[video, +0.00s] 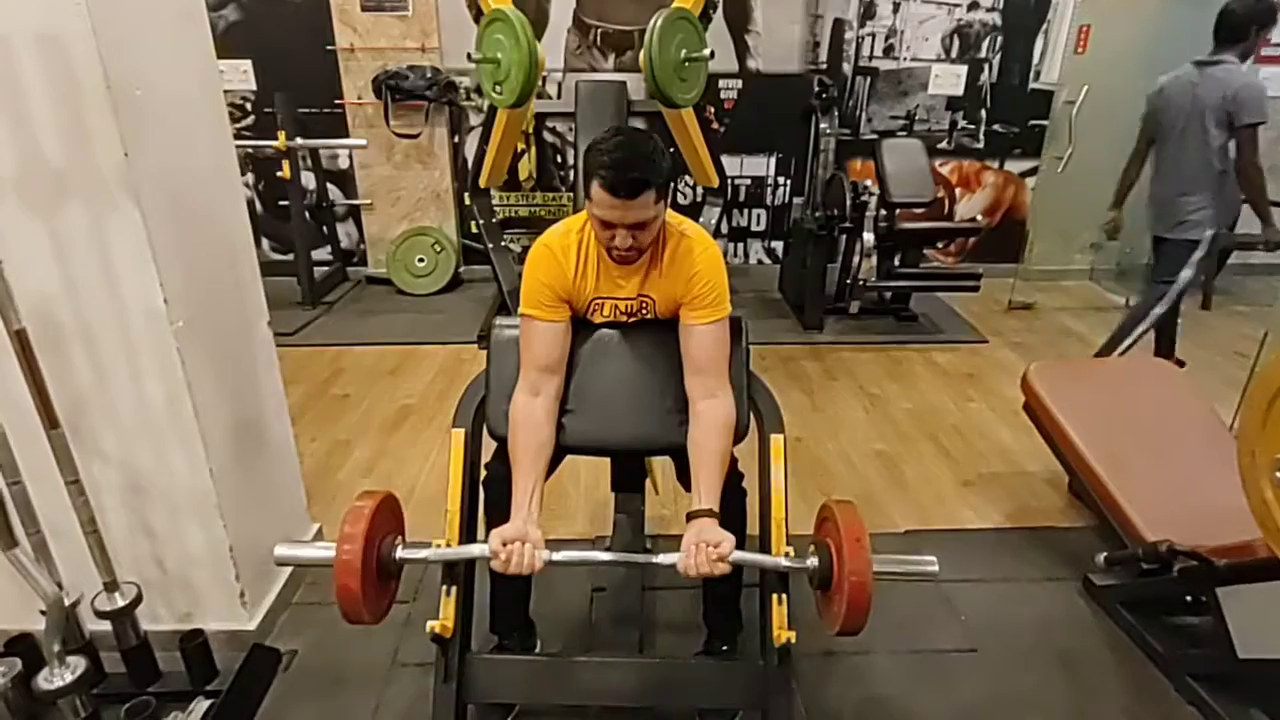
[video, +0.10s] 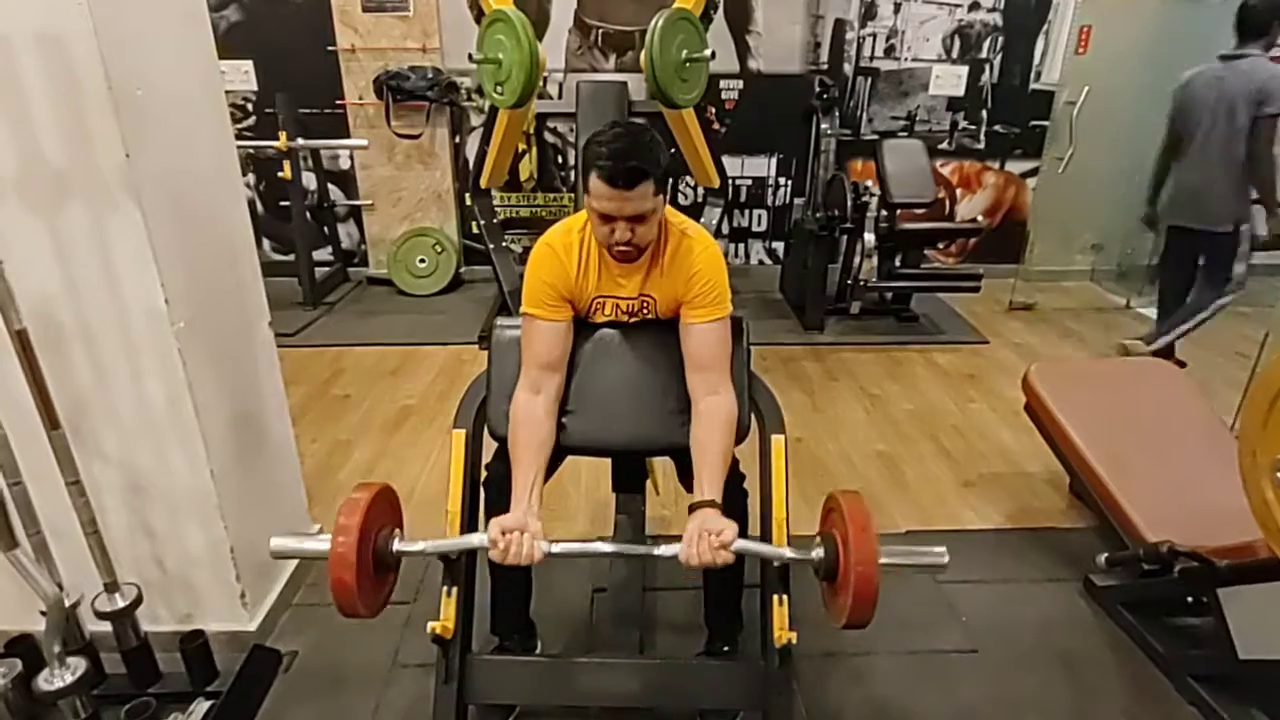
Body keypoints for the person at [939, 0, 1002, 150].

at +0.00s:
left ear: (968, 9)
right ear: (982, 9)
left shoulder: (963, 21)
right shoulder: (992, 21)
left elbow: (945, 36)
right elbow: (1001, 37)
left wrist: (948, 56)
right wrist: (991, 56)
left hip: (963, 63)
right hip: (982, 64)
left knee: (956, 104)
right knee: (982, 104)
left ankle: (950, 140)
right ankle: (980, 138)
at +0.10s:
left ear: (969, 10)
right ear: (982, 10)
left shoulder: (964, 21)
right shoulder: (992, 22)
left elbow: (946, 36)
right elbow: (1004, 36)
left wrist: (949, 57)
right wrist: (993, 56)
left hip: (964, 63)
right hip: (984, 64)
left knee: (957, 105)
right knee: (982, 105)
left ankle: (950, 140)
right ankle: (981, 139)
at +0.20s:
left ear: (968, 11)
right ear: (982, 10)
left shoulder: (963, 21)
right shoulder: (992, 22)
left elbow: (945, 37)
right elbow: (1003, 37)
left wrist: (948, 58)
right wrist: (993, 57)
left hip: (963, 63)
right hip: (983, 64)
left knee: (957, 105)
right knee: (982, 105)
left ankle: (950, 141)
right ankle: (980, 139)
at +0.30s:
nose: (975, 20)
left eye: (971, 16)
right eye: (976, 16)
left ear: (968, 12)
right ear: (981, 11)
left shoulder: (962, 22)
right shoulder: (991, 23)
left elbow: (945, 38)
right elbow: (1004, 37)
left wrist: (948, 58)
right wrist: (993, 57)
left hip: (963, 64)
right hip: (982, 65)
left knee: (956, 106)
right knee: (981, 105)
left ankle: (950, 141)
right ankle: (980, 140)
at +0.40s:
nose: (975, 20)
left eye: (972, 16)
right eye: (976, 16)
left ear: (968, 13)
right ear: (981, 12)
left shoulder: (962, 23)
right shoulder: (991, 24)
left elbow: (945, 38)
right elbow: (1004, 37)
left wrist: (948, 59)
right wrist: (993, 58)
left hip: (963, 64)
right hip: (981, 65)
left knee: (957, 106)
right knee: (981, 105)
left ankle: (950, 141)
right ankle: (980, 140)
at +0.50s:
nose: (975, 22)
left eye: (972, 18)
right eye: (976, 17)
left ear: (968, 14)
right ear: (981, 14)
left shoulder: (963, 24)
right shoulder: (991, 26)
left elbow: (945, 39)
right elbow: (1004, 39)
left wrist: (948, 60)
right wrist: (993, 59)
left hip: (963, 66)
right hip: (982, 67)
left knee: (957, 108)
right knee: (981, 108)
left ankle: (950, 143)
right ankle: (980, 142)